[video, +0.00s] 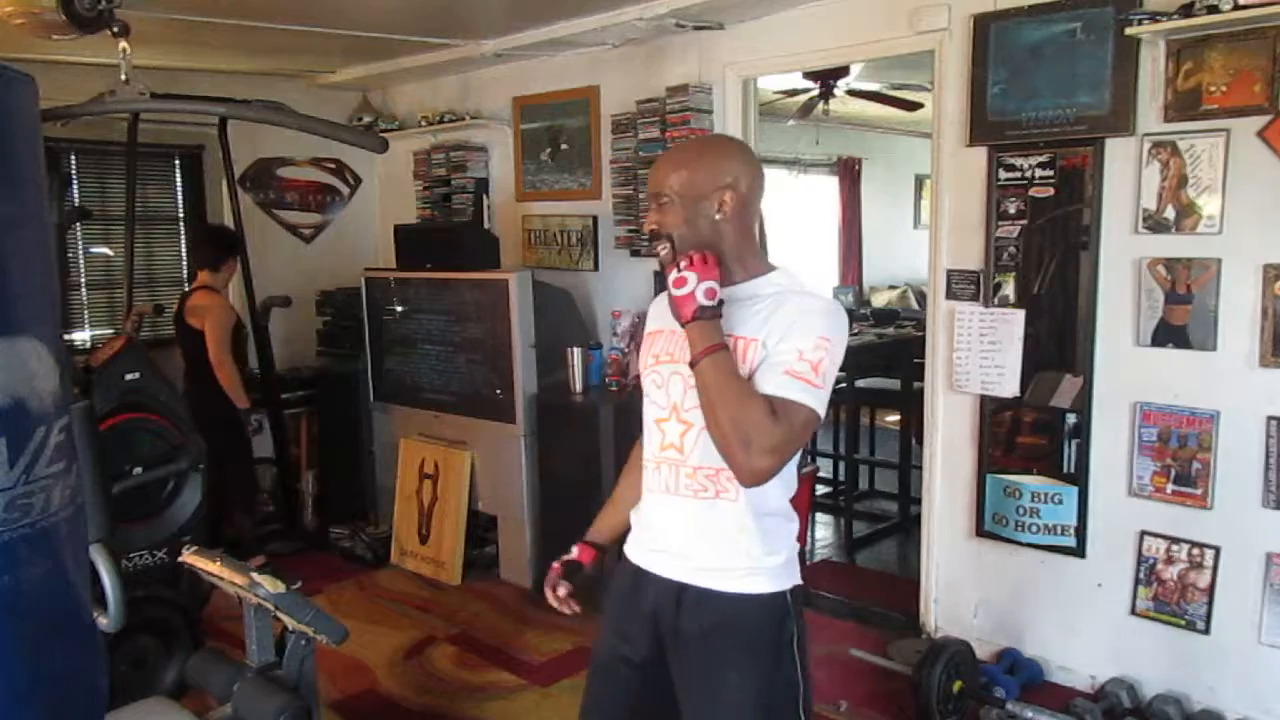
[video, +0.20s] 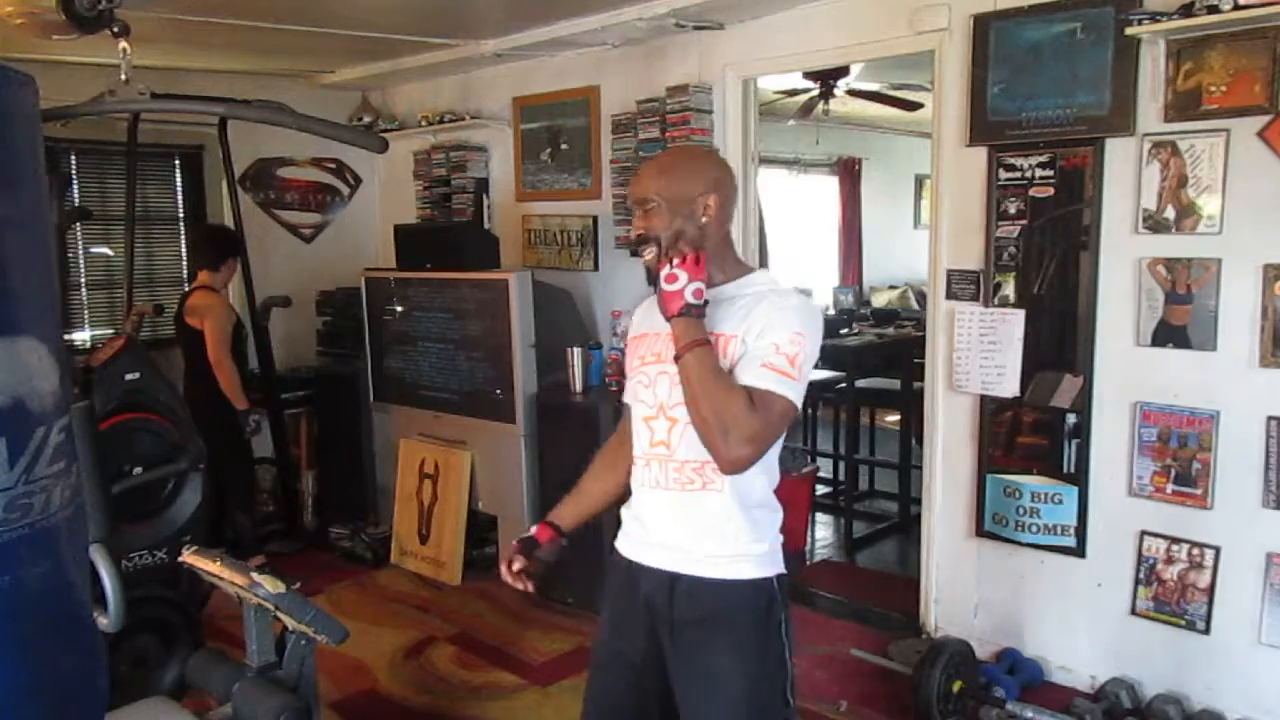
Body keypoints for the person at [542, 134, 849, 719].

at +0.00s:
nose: (648, 223)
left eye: (663, 202)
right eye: (649, 205)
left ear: (725, 203)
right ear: (721, 206)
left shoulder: (808, 315)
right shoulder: (664, 310)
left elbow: (756, 457)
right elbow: (655, 441)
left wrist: (702, 325)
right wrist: (594, 544)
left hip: (740, 602)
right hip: (640, 585)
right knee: (611, 711)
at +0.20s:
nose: (636, 230)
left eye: (650, 208)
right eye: (634, 211)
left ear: (711, 210)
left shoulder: (783, 311)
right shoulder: (646, 317)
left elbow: (737, 444)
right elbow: (632, 439)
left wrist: (685, 316)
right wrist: (552, 530)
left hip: (729, 590)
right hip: (635, 578)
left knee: (733, 709)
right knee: (612, 709)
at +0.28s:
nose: (626, 236)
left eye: (638, 216)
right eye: (621, 220)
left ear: (699, 213)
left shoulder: (771, 313)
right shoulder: (634, 321)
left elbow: (735, 445)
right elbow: (613, 441)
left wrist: (680, 324)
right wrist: (540, 533)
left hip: (723, 581)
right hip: (631, 571)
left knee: (729, 710)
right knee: (614, 709)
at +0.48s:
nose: (603, 262)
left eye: (610, 244)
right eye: (595, 249)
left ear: (660, 225)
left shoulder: (752, 302)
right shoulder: (615, 317)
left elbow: (750, 431)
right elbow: (592, 434)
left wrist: (675, 325)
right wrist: (543, 536)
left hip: (727, 551)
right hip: (634, 546)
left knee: (735, 709)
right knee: (627, 700)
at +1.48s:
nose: (750, 224)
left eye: (761, 212)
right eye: (737, 213)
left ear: (777, 219)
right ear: (719, 221)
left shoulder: (813, 295)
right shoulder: (697, 297)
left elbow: (851, 384)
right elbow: (683, 386)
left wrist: (880, 471)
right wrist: (679, 465)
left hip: (791, 474)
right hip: (720, 473)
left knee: (792, 613)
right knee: (722, 589)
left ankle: (794, 713)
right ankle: (750, 658)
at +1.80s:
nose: (714, 228)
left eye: (728, 217)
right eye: (709, 217)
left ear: (760, 220)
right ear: (704, 221)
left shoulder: (802, 283)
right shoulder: (704, 288)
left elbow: (831, 372)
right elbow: (696, 370)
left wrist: (819, 452)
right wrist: (681, 450)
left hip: (786, 453)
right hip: (724, 453)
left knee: (786, 576)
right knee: (740, 567)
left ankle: (801, 687)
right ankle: (753, 666)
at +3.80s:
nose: (686, 234)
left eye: (692, 223)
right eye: (686, 223)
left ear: (727, 224)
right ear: (723, 225)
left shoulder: (785, 287)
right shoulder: (702, 279)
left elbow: (804, 380)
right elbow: (687, 359)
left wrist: (798, 461)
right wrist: (650, 423)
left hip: (763, 444)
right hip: (710, 440)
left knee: (757, 560)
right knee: (720, 548)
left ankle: (756, 676)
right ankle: (745, 625)